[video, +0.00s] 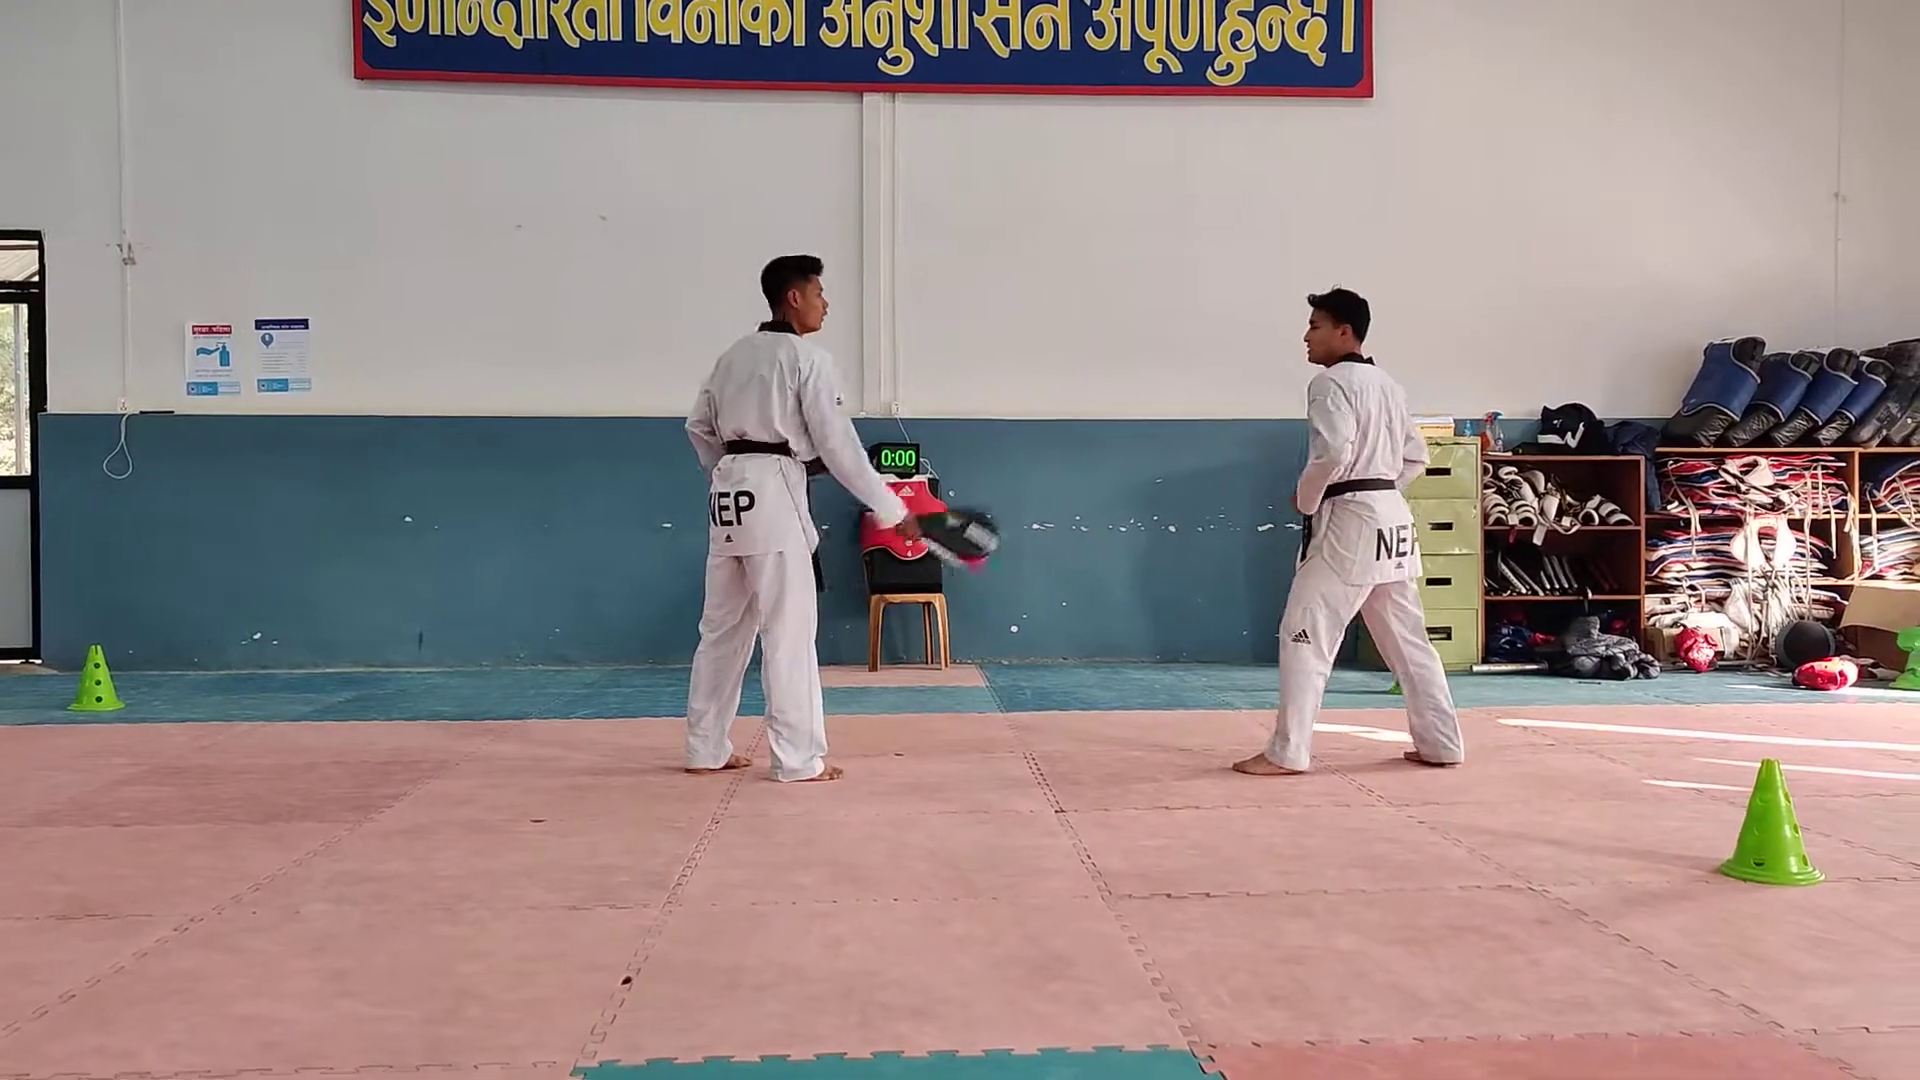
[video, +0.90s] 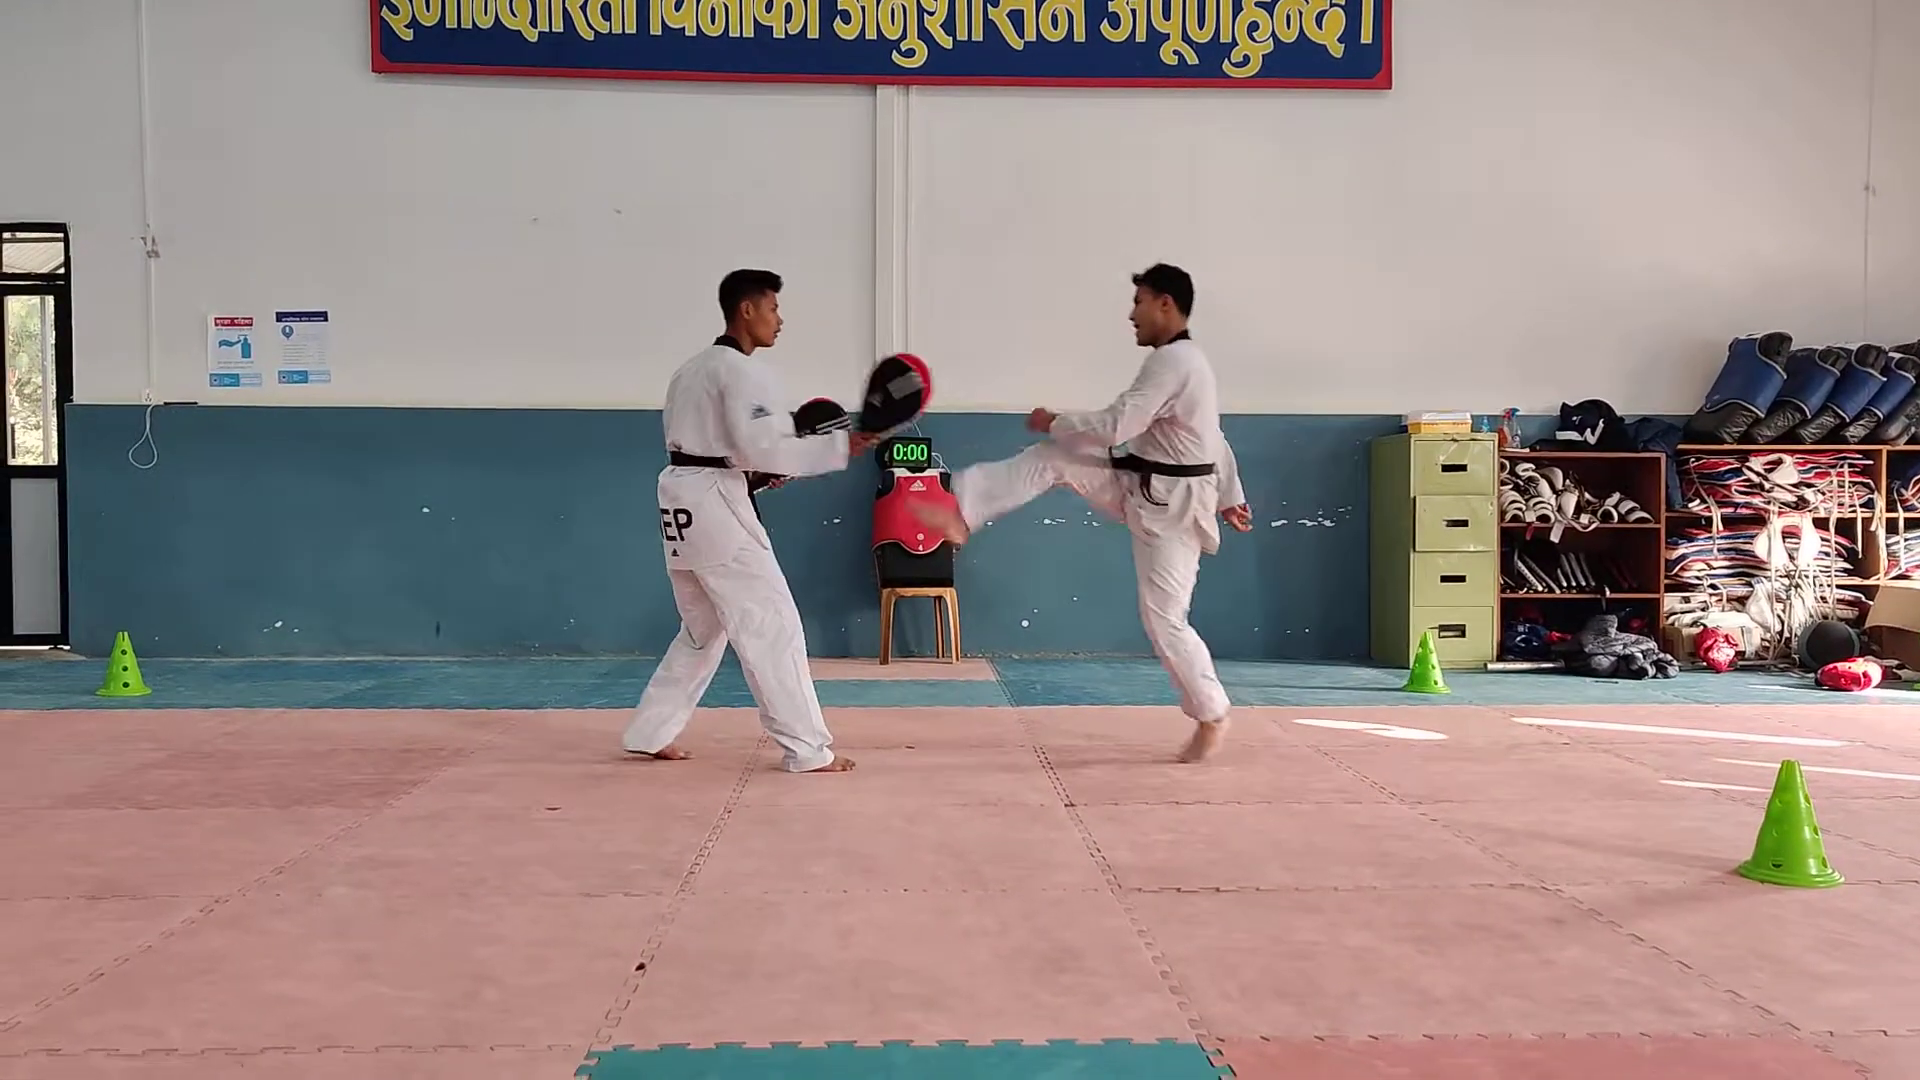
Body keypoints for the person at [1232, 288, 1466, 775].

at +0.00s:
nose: (1306, 335)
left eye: (1314, 326)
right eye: (1308, 325)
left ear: (1345, 332)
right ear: (1351, 335)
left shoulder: (1330, 381)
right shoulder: (1388, 385)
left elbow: (1332, 451)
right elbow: (1416, 455)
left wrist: (1305, 497)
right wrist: (1377, 489)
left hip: (1350, 518)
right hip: (1396, 517)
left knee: (1305, 634)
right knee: (1407, 638)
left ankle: (1288, 752)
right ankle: (1440, 744)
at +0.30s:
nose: (1286, 334)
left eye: (1294, 325)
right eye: (1288, 324)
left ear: (1324, 332)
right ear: (1326, 334)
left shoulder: (1318, 380)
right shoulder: (1363, 389)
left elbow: (1334, 451)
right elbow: (1387, 463)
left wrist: (1284, 473)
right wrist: (1350, 497)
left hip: (1335, 516)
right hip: (1375, 517)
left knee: (1294, 635)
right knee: (1393, 637)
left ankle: (1276, 753)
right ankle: (1432, 742)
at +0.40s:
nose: (1274, 343)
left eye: (1283, 334)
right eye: (1276, 334)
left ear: (1313, 343)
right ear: (1310, 345)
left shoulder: (1320, 393)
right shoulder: (1312, 396)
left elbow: (1348, 463)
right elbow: (1320, 472)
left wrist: (1277, 494)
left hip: (1328, 527)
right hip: (1350, 527)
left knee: (1269, 631)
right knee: (1387, 641)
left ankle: (1258, 752)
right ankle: (1435, 741)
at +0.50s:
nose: (1258, 362)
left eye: (1267, 354)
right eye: (1261, 353)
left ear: (1297, 363)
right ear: (1291, 364)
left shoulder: (1313, 411)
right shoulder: (1272, 426)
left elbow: (1351, 451)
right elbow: (1242, 476)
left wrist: (1287, 419)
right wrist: (1188, 456)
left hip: (1308, 545)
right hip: (1325, 545)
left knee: (1236, 642)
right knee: (1382, 654)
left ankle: (1244, 759)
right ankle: (1439, 752)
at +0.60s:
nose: (1243, 342)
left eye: (1251, 334)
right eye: (1245, 333)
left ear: (1278, 342)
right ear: (1271, 339)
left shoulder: (1292, 391)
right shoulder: (1232, 397)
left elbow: (1318, 413)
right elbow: (1180, 429)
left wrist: (1264, 372)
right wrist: (1156, 393)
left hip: (1275, 528)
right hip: (1251, 531)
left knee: (1231, 641)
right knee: (1296, 647)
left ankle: (1253, 759)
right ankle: (1383, 701)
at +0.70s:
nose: (1217, 330)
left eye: (1225, 319)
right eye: (1219, 320)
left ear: (1255, 321)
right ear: (1249, 322)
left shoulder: (1286, 372)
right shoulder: (1220, 385)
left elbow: (1248, 417)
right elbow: (1192, 453)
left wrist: (1176, 437)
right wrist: (1149, 499)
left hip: (1250, 507)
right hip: (1198, 500)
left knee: (1237, 623)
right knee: (1122, 563)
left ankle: (1251, 752)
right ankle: (1205, 631)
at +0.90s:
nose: (1132, 312)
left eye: (1139, 302)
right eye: (1133, 302)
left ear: (1167, 306)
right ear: (1169, 308)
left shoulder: (1173, 361)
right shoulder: (1184, 359)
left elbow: (1116, 426)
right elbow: (1209, 437)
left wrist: (1055, 423)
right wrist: (1230, 494)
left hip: (1172, 506)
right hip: (1135, 487)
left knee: (1164, 621)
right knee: (1056, 455)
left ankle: (1212, 714)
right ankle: (964, 513)